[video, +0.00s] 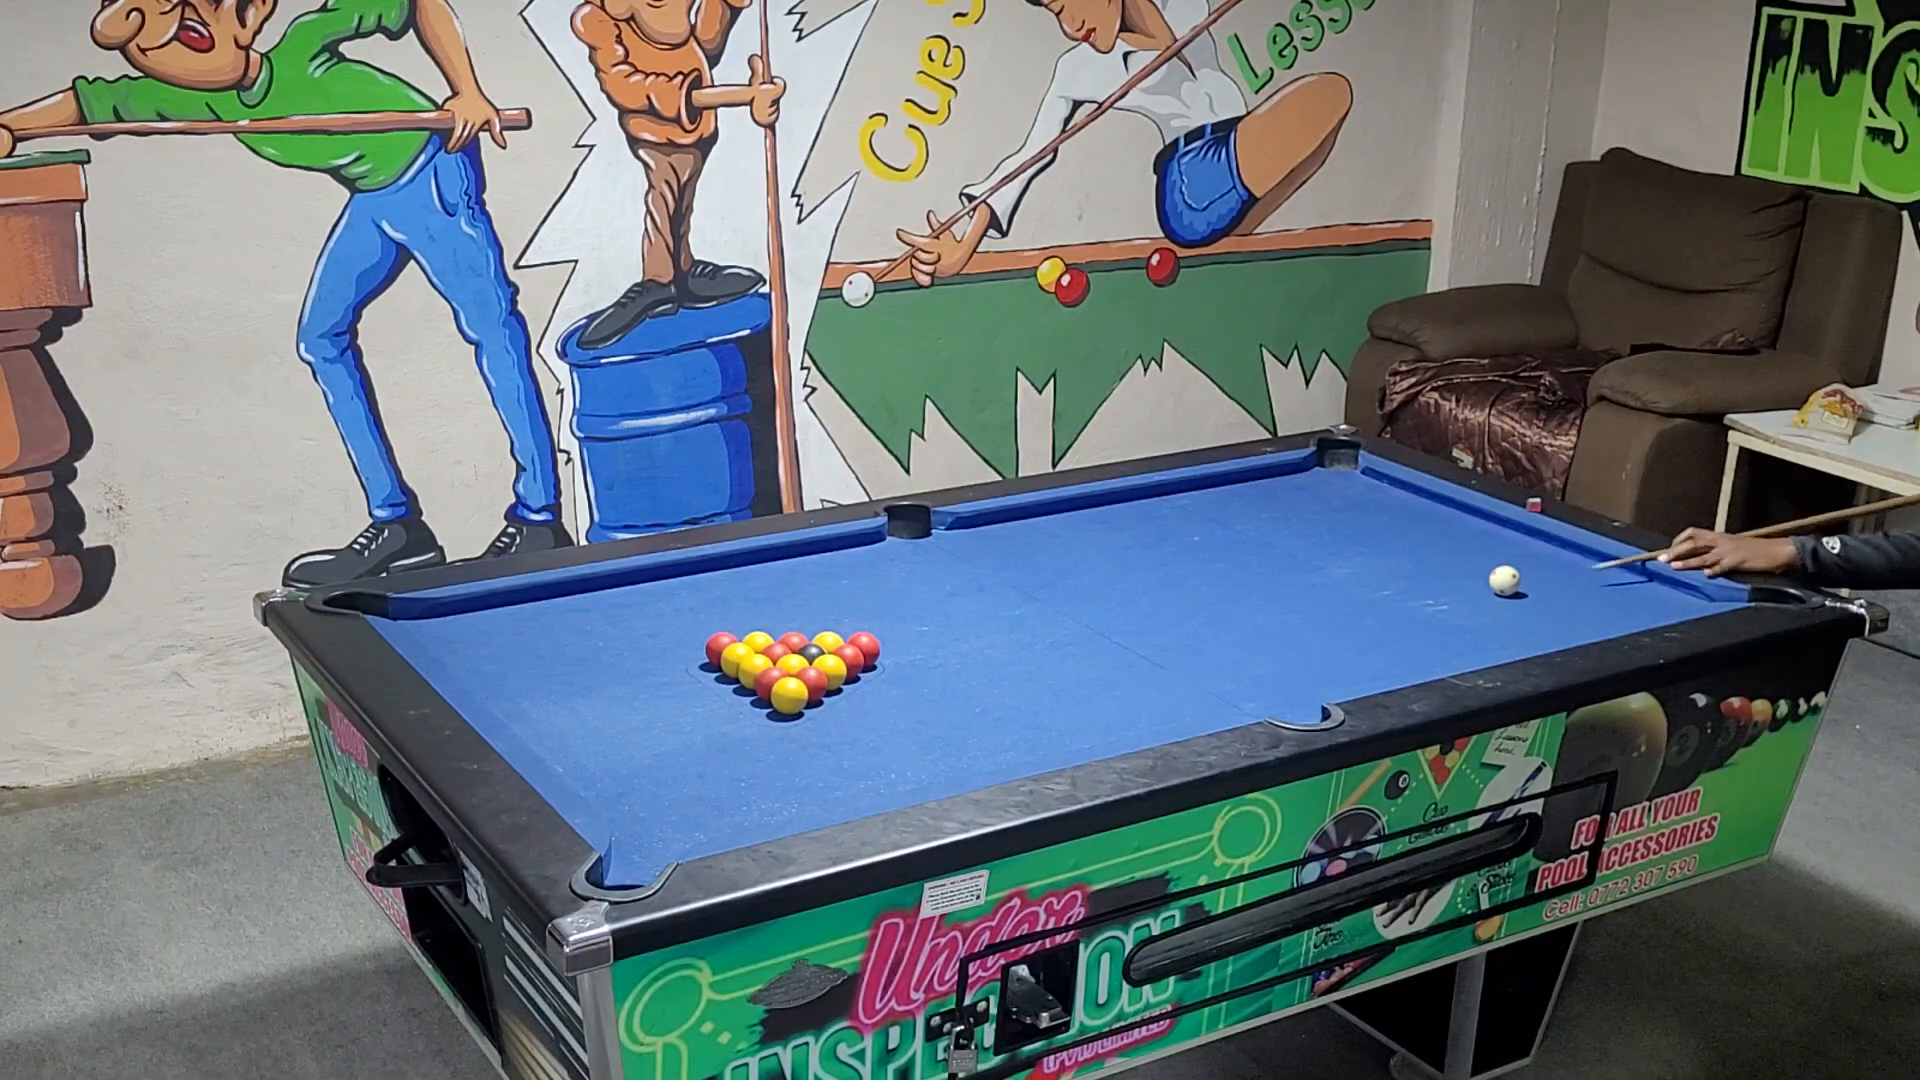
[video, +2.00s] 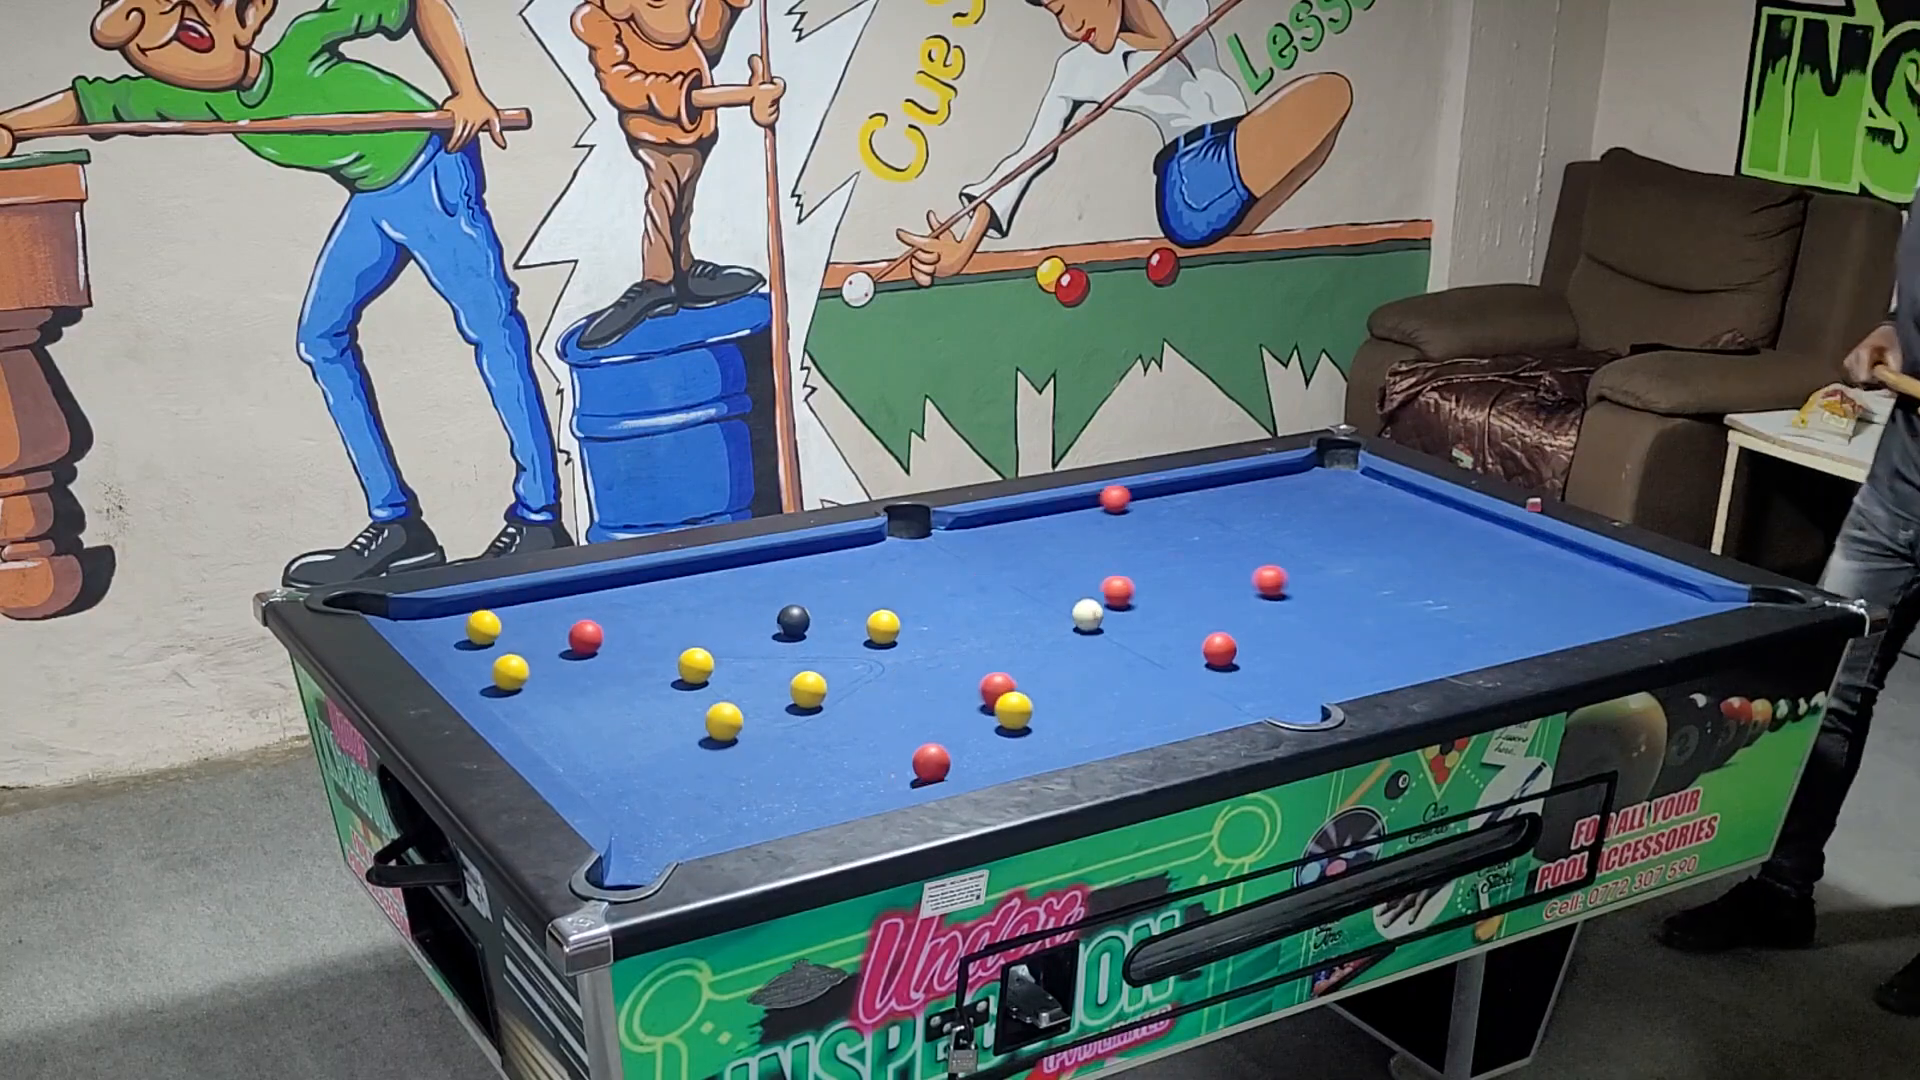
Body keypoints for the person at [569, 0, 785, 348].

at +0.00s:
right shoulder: (597, 19)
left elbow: (707, 46)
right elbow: (625, 88)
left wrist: (731, 5)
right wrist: (746, 95)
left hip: (694, 88)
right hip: (645, 103)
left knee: (688, 173)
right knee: (666, 173)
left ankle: (682, 268)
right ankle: (657, 280)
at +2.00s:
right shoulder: (596, 19)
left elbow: (707, 48)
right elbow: (625, 88)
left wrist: (730, 6)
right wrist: (746, 94)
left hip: (695, 88)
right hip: (644, 103)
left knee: (688, 174)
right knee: (665, 173)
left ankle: (682, 269)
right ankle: (656, 282)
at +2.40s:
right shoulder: (596, 19)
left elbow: (707, 47)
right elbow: (626, 88)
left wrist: (729, 6)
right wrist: (747, 94)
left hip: (694, 87)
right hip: (644, 103)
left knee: (688, 174)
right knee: (666, 173)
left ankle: (682, 268)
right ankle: (656, 281)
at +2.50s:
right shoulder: (596, 19)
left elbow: (707, 47)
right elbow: (626, 88)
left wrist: (730, 6)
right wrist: (747, 94)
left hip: (695, 88)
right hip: (644, 104)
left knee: (688, 174)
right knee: (666, 173)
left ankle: (682, 268)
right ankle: (657, 281)